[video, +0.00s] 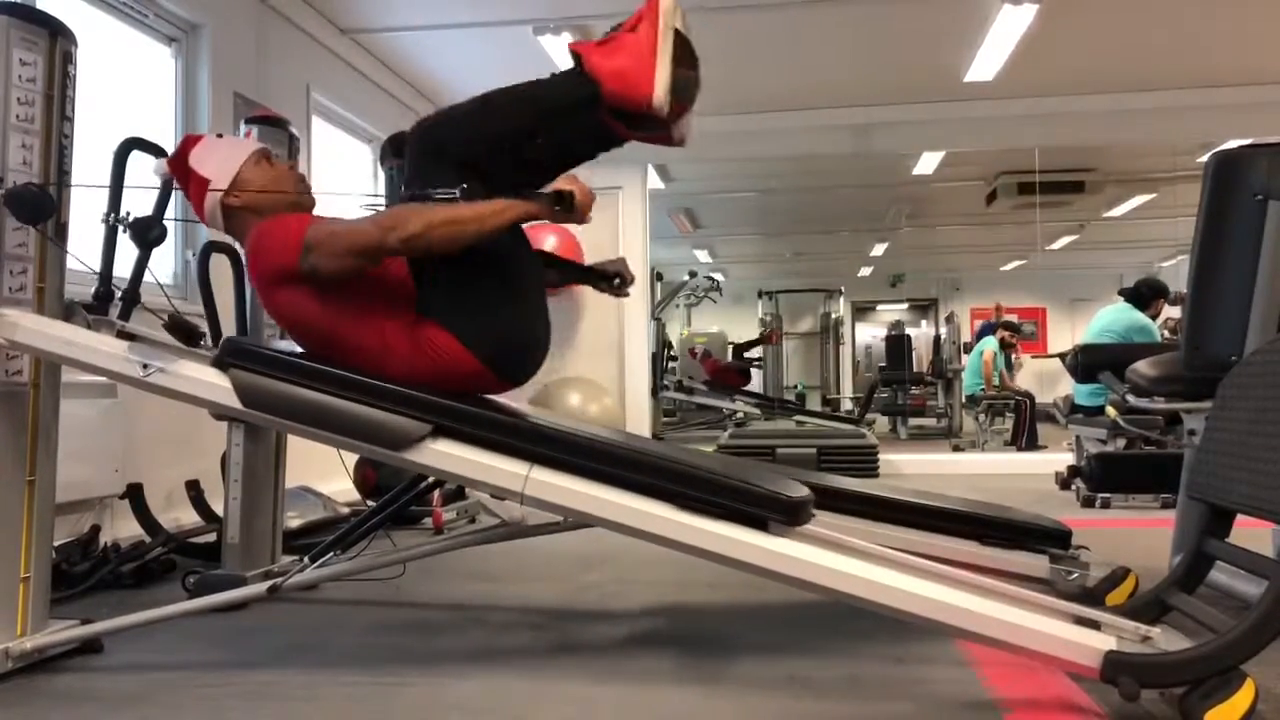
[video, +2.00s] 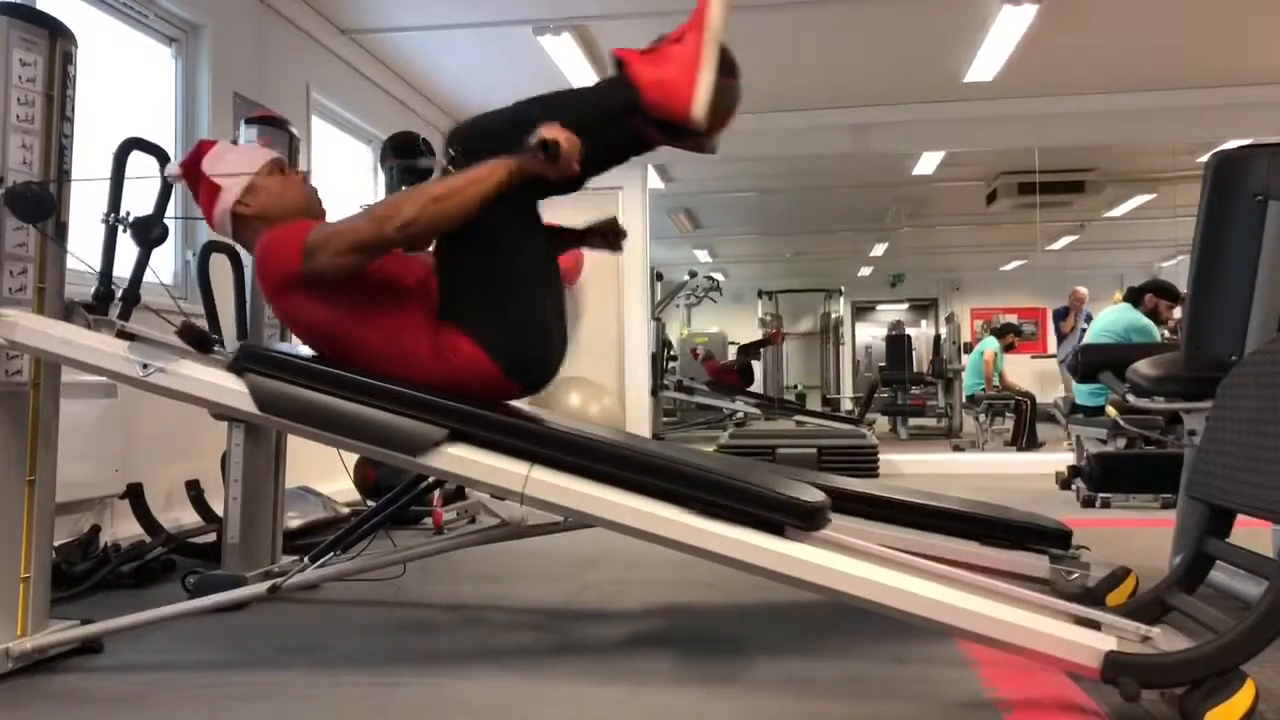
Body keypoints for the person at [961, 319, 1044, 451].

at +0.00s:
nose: (1014, 341)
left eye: (1016, 338)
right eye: (1011, 336)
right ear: (1001, 332)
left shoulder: (999, 352)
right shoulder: (991, 341)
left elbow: (1005, 383)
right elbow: (986, 360)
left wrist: (1020, 390)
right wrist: (989, 390)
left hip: (985, 391)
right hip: (976, 392)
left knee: (1027, 398)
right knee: (1025, 400)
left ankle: (1028, 443)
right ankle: (1022, 444)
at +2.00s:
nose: (1015, 343)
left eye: (1017, 339)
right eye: (1016, 338)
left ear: (1008, 337)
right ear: (1009, 336)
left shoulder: (997, 350)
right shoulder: (991, 342)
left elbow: (1004, 382)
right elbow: (987, 361)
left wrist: (1020, 390)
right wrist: (989, 390)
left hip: (984, 392)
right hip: (976, 393)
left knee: (1027, 399)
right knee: (1026, 400)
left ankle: (1020, 441)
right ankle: (1025, 443)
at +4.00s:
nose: (1019, 343)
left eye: (1020, 339)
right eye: (1019, 339)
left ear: (1010, 338)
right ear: (1012, 337)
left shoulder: (999, 350)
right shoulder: (994, 342)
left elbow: (1004, 382)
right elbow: (989, 361)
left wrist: (1020, 390)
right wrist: (990, 390)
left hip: (983, 393)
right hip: (977, 394)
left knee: (1026, 400)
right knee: (1027, 400)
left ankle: (1018, 443)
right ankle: (1026, 445)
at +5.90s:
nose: (1020, 348)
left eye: (1022, 345)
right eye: (1021, 343)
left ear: (1011, 338)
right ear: (1012, 337)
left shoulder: (999, 349)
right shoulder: (995, 342)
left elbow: (1005, 383)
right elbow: (990, 359)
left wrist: (1022, 393)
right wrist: (990, 389)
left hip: (982, 393)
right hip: (977, 393)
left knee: (1026, 401)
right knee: (1027, 402)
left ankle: (1017, 442)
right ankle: (1026, 445)